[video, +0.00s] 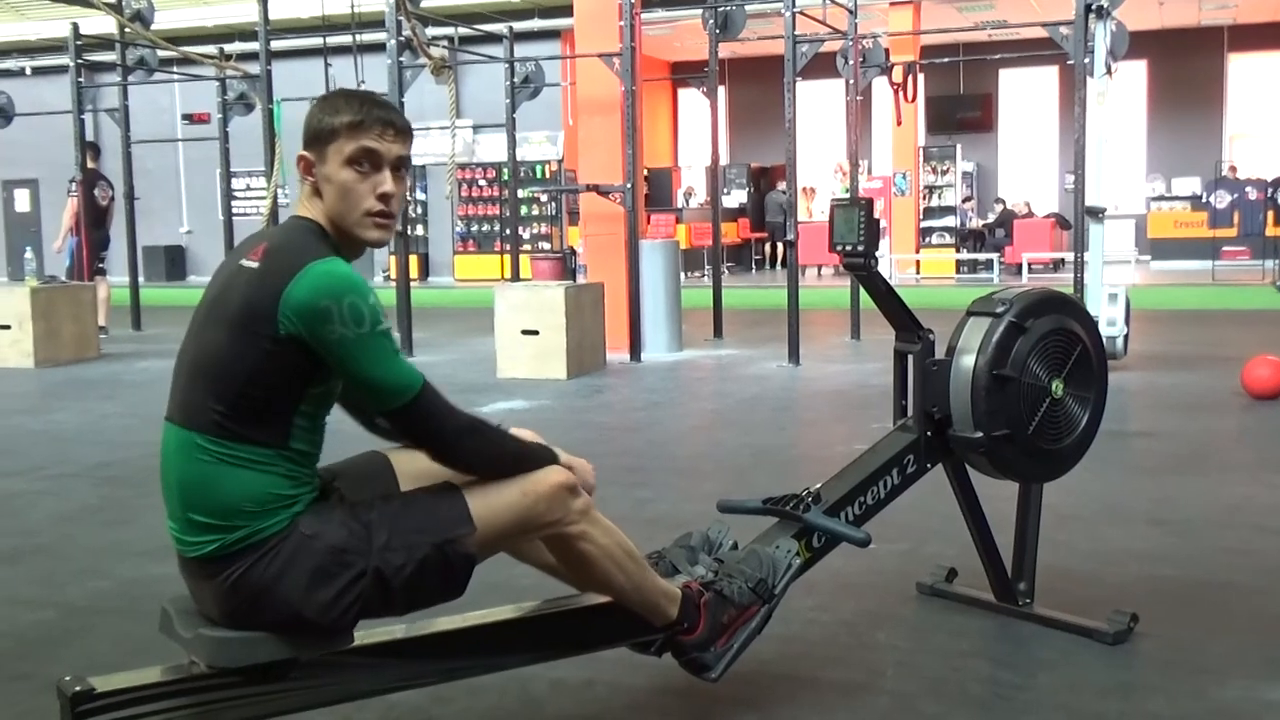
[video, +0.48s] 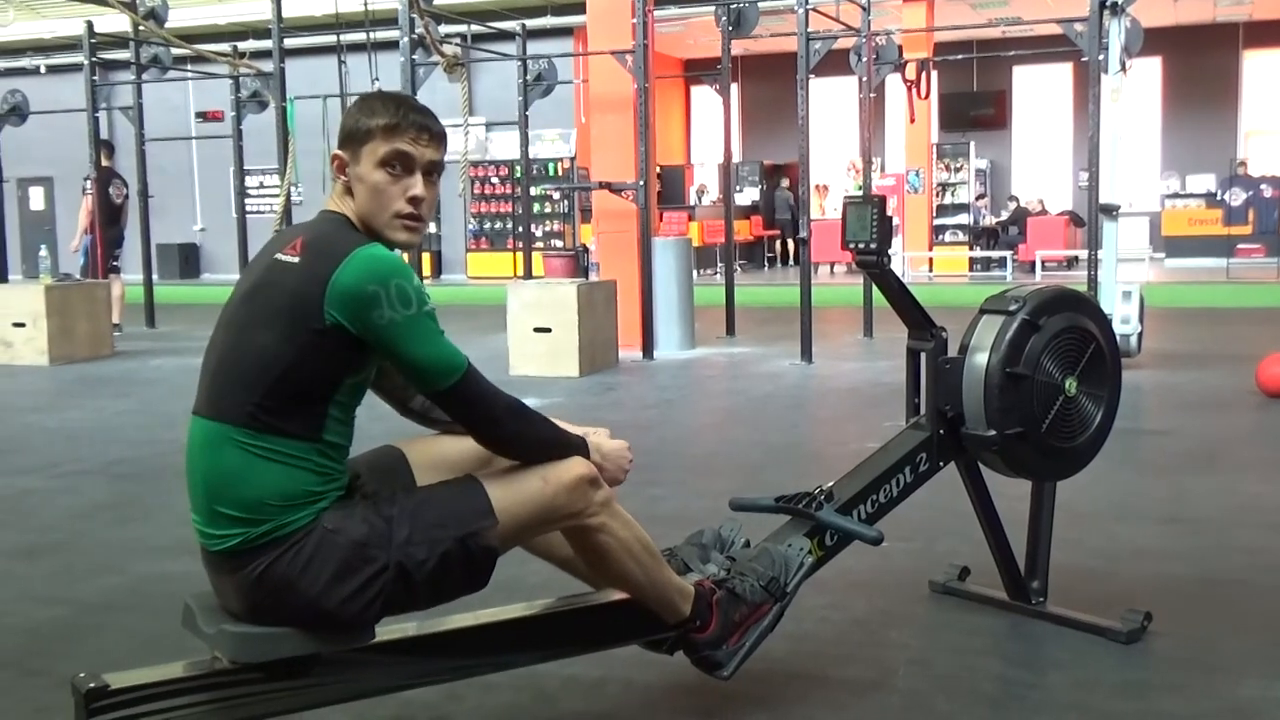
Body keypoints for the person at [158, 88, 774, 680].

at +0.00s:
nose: (389, 187)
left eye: (399, 170)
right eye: (365, 165)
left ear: (406, 177)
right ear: (310, 170)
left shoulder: (274, 253)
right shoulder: (322, 279)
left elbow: (388, 415)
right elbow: (440, 428)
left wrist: (518, 443)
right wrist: (551, 469)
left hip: (234, 534)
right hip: (269, 560)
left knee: (494, 455)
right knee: (543, 488)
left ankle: (636, 597)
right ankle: (682, 617)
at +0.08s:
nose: (398, 188)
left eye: (408, 170)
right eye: (374, 164)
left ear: (414, 178)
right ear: (319, 169)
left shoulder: (286, 252)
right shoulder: (334, 274)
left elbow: (404, 408)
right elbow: (456, 416)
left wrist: (535, 442)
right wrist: (569, 465)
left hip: (245, 532)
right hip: (276, 560)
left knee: (479, 453)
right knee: (553, 486)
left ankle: (636, 592)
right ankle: (685, 616)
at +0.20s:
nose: (408, 187)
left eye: (418, 171)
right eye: (385, 164)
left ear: (425, 180)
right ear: (331, 171)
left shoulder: (298, 252)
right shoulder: (350, 271)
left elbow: (406, 408)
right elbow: (462, 413)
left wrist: (538, 431)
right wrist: (568, 464)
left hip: (246, 533)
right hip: (283, 556)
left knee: (486, 445)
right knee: (557, 489)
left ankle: (642, 599)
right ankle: (688, 617)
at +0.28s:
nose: (414, 189)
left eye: (423, 172)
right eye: (391, 165)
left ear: (430, 179)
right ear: (337, 171)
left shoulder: (301, 251)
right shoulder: (355, 271)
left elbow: (406, 407)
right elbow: (475, 421)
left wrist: (542, 431)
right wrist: (573, 457)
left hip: (248, 532)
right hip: (285, 556)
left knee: (485, 444)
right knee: (560, 486)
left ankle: (640, 599)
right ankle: (690, 617)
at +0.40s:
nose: (419, 191)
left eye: (429, 173)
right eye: (397, 167)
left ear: (435, 179)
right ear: (341, 170)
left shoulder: (303, 250)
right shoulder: (361, 268)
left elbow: (415, 403)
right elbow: (471, 403)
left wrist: (555, 439)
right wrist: (581, 456)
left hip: (248, 533)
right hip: (292, 555)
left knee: (481, 446)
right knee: (570, 481)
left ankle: (639, 597)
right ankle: (692, 615)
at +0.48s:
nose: (421, 191)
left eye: (431, 174)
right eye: (399, 168)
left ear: (438, 179)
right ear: (343, 171)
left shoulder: (307, 247)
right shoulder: (367, 267)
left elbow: (419, 401)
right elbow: (477, 400)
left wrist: (559, 437)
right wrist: (586, 455)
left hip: (257, 531)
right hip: (295, 555)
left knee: (486, 447)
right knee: (572, 479)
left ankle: (647, 596)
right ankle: (695, 615)